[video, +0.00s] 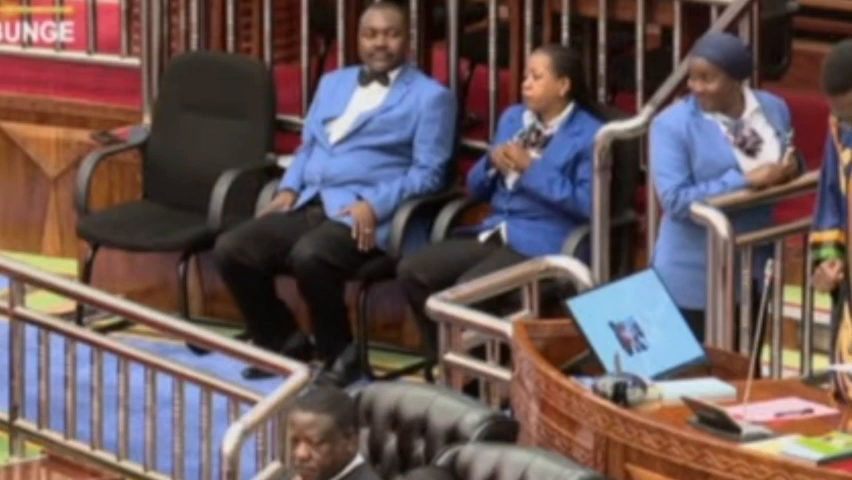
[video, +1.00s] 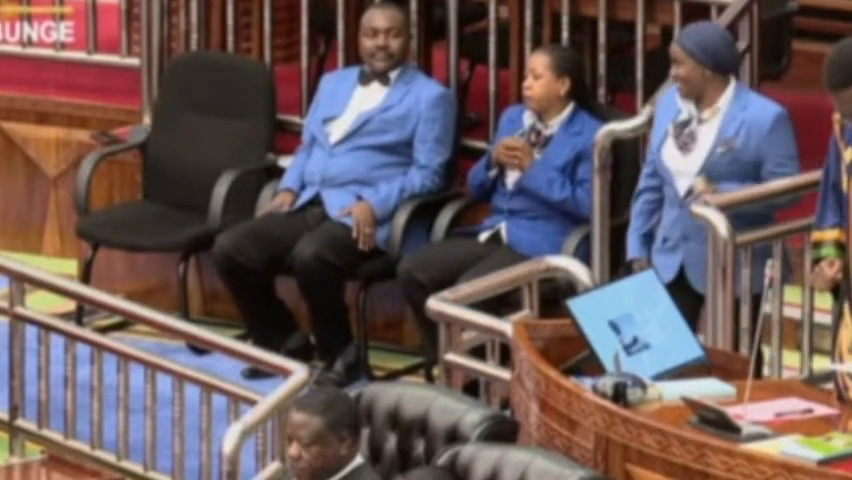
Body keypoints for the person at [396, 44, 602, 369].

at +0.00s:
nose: (525, 85)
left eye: (536, 78)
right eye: (526, 76)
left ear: (563, 87)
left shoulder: (590, 134)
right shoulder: (512, 119)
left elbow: (590, 207)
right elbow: (475, 189)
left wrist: (529, 170)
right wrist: (493, 165)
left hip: (538, 250)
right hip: (493, 238)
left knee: (463, 296)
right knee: (413, 269)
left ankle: (483, 380)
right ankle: (444, 365)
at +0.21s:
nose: (525, 85)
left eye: (536, 78)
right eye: (526, 76)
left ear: (563, 87)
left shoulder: (590, 134)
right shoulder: (512, 119)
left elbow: (590, 207)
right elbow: (475, 189)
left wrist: (529, 170)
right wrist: (493, 165)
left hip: (538, 250)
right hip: (493, 238)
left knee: (463, 296)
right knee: (413, 269)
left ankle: (483, 380)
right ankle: (444, 365)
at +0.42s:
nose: (525, 85)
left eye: (536, 78)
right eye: (526, 76)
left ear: (563, 87)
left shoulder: (590, 135)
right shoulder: (513, 118)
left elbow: (588, 207)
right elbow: (475, 189)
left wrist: (530, 169)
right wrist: (493, 163)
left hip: (537, 249)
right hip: (493, 237)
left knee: (465, 295)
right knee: (413, 270)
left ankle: (480, 381)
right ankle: (444, 364)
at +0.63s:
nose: (525, 85)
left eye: (536, 78)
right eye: (526, 76)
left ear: (563, 87)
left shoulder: (590, 135)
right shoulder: (513, 118)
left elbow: (588, 207)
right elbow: (475, 189)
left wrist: (529, 169)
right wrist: (494, 163)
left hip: (537, 250)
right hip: (494, 238)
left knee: (464, 296)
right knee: (413, 269)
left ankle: (482, 380)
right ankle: (445, 364)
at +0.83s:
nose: (526, 85)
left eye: (536, 78)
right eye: (526, 76)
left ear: (563, 87)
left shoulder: (590, 134)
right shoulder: (512, 118)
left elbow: (589, 207)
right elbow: (475, 189)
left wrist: (530, 169)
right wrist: (494, 163)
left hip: (538, 249)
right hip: (493, 237)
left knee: (465, 295)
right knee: (413, 269)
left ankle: (483, 380)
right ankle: (444, 364)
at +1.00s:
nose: (526, 85)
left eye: (536, 78)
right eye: (526, 76)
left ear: (563, 86)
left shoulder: (590, 134)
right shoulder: (512, 118)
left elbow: (589, 207)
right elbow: (475, 190)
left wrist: (530, 169)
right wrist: (493, 163)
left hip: (538, 249)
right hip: (493, 238)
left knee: (464, 295)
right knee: (413, 269)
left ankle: (483, 380)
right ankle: (444, 365)